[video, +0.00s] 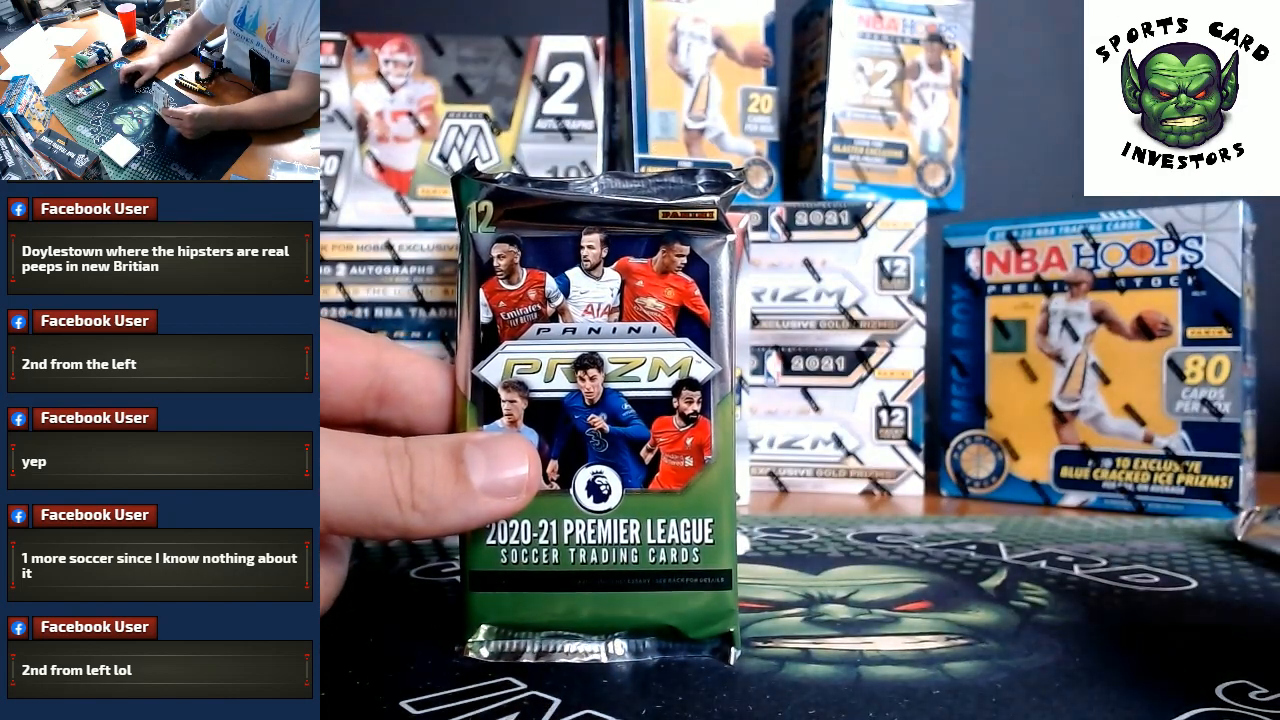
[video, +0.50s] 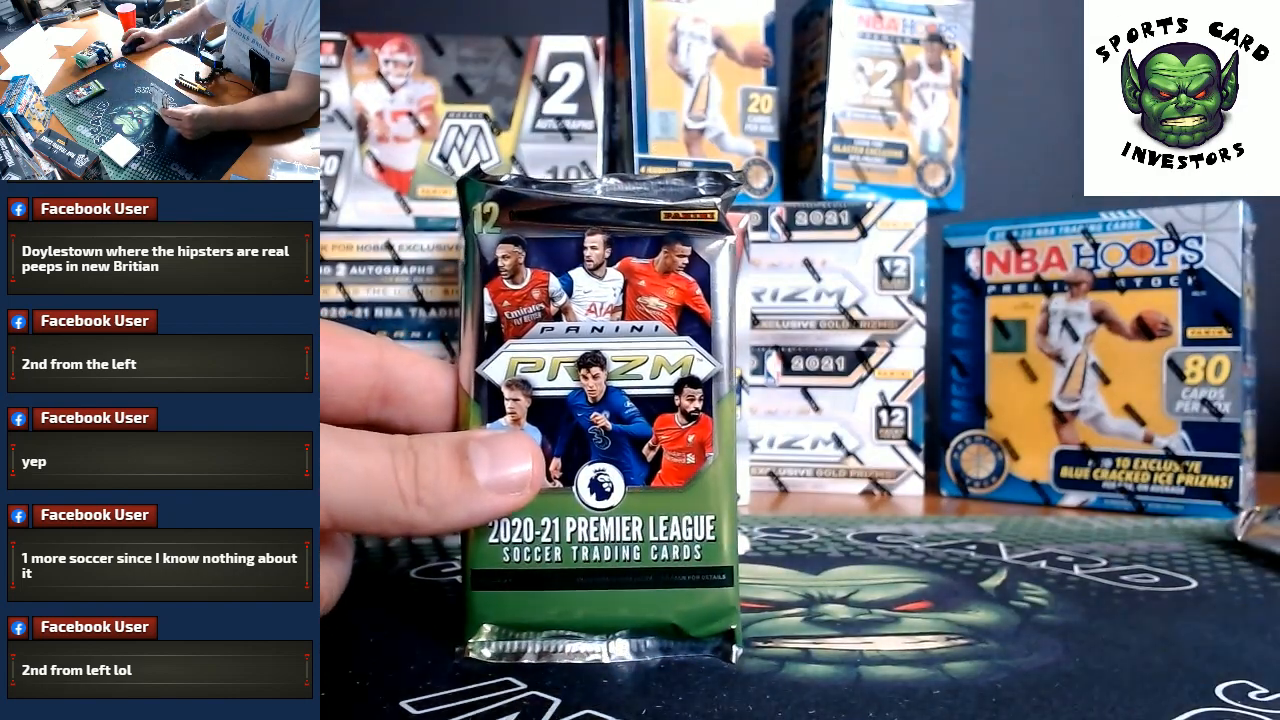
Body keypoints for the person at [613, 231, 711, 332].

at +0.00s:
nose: (684, 262)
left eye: (686, 256)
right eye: (679, 256)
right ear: (663, 252)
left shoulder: (686, 285)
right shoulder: (628, 266)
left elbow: (711, 320)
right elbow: (599, 285)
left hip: (664, 346)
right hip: (628, 343)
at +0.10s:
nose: (683, 261)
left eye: (685, 256)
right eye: (678, 256)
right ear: (662, 252)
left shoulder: (685, 284)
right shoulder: (627, 266)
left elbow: (710, 319)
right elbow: (597, 283)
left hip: (663, 346)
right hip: (627, 343)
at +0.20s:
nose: (685, 261)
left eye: (687, 256)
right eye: (680, 256)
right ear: (664, 252)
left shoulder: (686, 284)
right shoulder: (629, 266)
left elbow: (711, 320)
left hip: (664, 346)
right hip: (629, 343)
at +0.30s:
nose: (689, 263)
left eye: (691, 258)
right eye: (684, 257)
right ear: (669, 253)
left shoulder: (691, 286)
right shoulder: (634, 267)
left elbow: (716, 321)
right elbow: (605, 284)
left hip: (669, 345)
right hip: (633, 342)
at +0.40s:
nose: (691, 263)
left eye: (693, 258)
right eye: (686, 258)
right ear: (670, 254)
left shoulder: (692, 286)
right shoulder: (636, 267)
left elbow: (717, 321)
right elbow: (608, 285)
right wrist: (620, 310)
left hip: (670, 346)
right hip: (636, 343)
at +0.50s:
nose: (686, 262)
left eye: (687, 257)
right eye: (681, 256)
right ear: (665, 252)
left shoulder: (688, 285)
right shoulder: (630, 266)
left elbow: (712, 319)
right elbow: (602, 284)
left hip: (666, 344)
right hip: (631, 341)